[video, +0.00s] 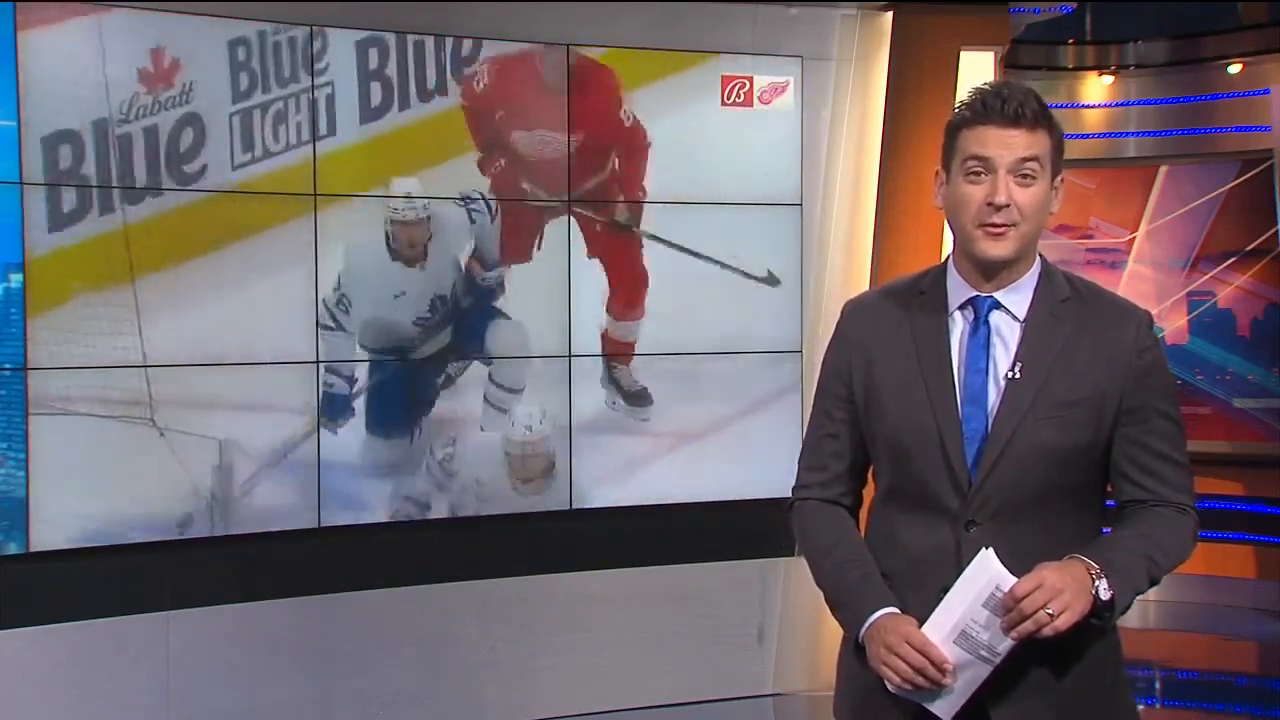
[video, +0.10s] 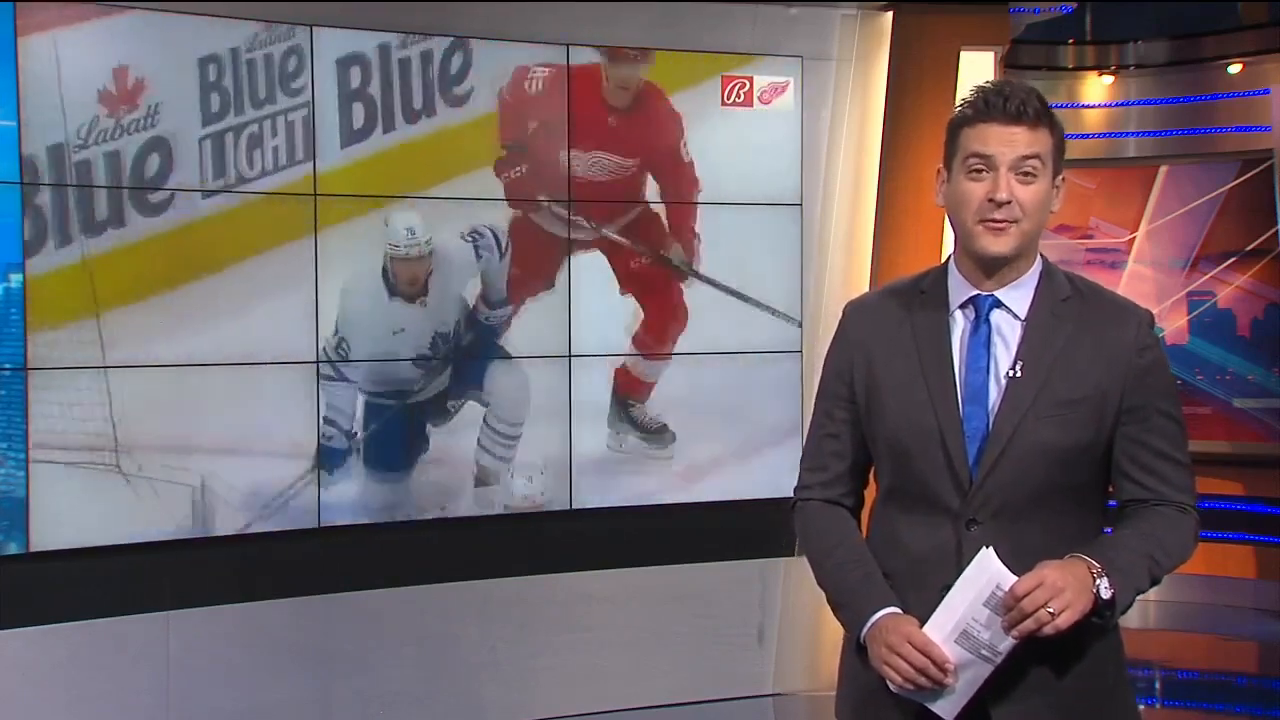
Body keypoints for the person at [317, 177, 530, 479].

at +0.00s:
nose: (412, 237)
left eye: (419, 227)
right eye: (403, 229)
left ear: (430, 223)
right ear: (388, 229)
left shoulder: (451, 223)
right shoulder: (362, 266)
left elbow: (483, 206)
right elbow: (334, 325)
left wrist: (491, 271)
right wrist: (336, 389)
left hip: (454, 323)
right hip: (398, 355)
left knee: (511, 340)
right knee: (383, 458)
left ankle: (493, 437)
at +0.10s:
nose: (413, 271)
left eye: (420, 260)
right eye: (404, 262)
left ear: (430, 256)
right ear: (388, 261)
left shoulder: (452, 259)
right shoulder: (361, 296)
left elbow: (494, 240)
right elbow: (337, 368)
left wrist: (494, 307)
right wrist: (334, 440)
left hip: (449, 367)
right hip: (390, 396)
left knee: (511, 385)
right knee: (383, 493)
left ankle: (490, 485)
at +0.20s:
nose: (405, 285)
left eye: (413, 274)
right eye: (394, 276)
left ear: (423, 270)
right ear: (377, 276)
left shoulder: (444, 272)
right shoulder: (350, 314)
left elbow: (489, 252)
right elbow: (321, 390)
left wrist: (484, 322)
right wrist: (319, 464)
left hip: (443, 376)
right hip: (380, 405)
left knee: (498, 402)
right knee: (381, 509)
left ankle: (480, 508)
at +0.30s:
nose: (379, 290)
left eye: (386, 277)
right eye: (368, 280)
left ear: (397, 273)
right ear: (350, 279)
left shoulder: (420, 270)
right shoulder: (322, 316)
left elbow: (469, 252)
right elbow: (298, 394)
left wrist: (459, 323)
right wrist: (291, 468)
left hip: (418, 361)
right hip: (352, 390)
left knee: (472, 409)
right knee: (352, 488)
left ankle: (458, 509)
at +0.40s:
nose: (356, 283)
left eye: (361, 271)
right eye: (344, 274)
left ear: (370, 262)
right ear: (325, 273)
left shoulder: (397, 259)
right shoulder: (305, 297)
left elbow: (448, 250)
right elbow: (281, 382)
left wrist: (436, 319)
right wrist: (261, 459)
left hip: (396, 346)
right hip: (333, 369)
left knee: (437, 413)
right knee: (339, 450)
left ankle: (427, 510)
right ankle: (323, 477)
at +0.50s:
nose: (318, 272)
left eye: (325, 258)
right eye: (307, 261)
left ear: (338, 248)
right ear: (291, 260)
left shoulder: (371, 242)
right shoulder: (277, 304)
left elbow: (421, 240)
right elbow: (244, 373)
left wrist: (407, 304)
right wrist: (225, 441)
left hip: (368, 331)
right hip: (306, 350)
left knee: (393, 416)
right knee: (312, 434)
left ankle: (383, 506)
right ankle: (312, 462)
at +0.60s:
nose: (265, 252)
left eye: (272, 241)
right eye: (255, 243)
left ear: (291, 234)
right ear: (244, 243)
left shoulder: (327, 231)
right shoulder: (226, 277)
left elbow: (383, 223)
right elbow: (199, 341)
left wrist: (370, 288)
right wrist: (187, 404)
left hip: (329, 311)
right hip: (263, 327)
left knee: (345, 392)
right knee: (269, 414)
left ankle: (353, 495)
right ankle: (296, 461)